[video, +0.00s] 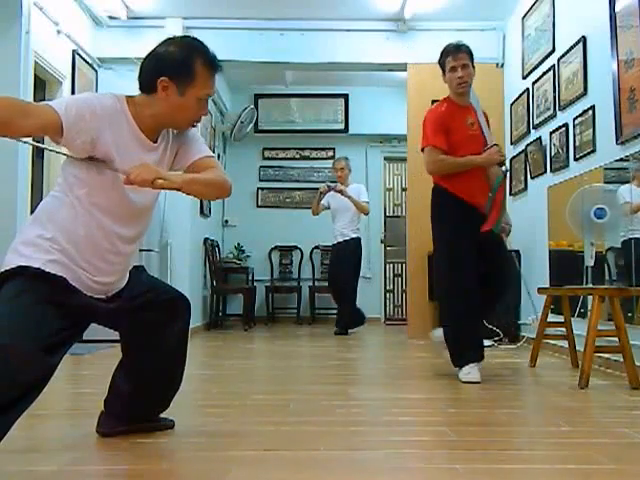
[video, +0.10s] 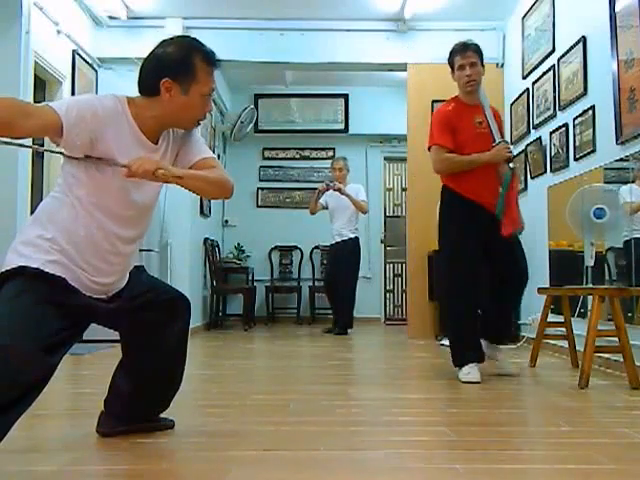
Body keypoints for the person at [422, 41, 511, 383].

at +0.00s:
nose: (460, 74)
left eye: (465, 67)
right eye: (453, 69)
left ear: (474, 72)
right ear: (444, 76)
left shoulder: (481, 115)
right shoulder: (437, 114)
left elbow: (488, 167)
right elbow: (432, 164)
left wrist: (499, 211)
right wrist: (482, 159)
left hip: (481, 206)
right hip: (452, 204)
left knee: (500, 275)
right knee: (460, 279)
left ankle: (452, 330)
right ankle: (467, 361)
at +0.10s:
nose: (468, 72)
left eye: (473, 65)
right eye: (461, 67)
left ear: (483, 70)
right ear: (453, 74)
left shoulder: (493, 114)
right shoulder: (445, 113)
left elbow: (499, 160)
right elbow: (439, 163)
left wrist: (512, 175)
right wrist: (488, 157)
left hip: (497, 207)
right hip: (462, 206)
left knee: (514, 273)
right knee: (462, 280)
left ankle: (490, 340)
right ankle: (466, 359)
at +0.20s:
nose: (477, 72)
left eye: (482, 65)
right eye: (469, 68)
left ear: (492, 69)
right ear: (462, 74)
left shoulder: (506, 113)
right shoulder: (454, 114)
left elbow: (516, 156)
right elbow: (446, 164)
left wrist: (520, 161)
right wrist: (495, 156)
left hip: (508, 208)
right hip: (468, 208)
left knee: (524, 275)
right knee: (464, 282)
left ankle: (528, 349)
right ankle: (468, 360)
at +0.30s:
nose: (485, 75)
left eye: (490, 67)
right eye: (479, 70)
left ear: (503, 70)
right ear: (472, 76)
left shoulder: (521, 113)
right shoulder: (464, 116)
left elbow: (534, 164)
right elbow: (453, 165)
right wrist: (500, 157)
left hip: (517, 209)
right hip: (477, 209)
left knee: (533, 284)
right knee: (468, 284)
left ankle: (552, 353)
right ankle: (468, 360)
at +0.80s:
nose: (517, 76)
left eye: (523, 69)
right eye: (512, 72)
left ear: (540, 71)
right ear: (508, 77)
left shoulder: (562, 111)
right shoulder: (503, 119)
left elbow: (578, 162)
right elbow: (491, 167)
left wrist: (579, 208)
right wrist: (518, 164)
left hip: (556, 211)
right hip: (512, 210)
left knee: (558, 284)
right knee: (507, 279)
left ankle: (555, 357)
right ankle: (514, 353)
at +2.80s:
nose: (512, 86)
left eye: (518, 79)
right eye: (508, 82)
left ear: (535, 82)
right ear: (505, 89)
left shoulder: (554, 117)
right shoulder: (505, 131)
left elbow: (565, 165)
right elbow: (492, 177)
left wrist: (558, 209)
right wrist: (508, 170)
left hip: (547, 214)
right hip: (515, 215)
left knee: (554, 284)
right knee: (520, 283)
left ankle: (564, 357)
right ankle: (529, 354)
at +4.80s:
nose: (510, 86)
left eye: (516, 80)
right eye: (506, 82)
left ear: (533, 83)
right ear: (504, 89)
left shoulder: (553, 117)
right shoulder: (505, 131)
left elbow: (564, 165)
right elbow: (493, 177)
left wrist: (557, 210)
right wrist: (508, 171)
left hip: (546, 214)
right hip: (512, 215)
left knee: (553, 284)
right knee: (518, 284)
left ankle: (565, 358)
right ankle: (529, 354)